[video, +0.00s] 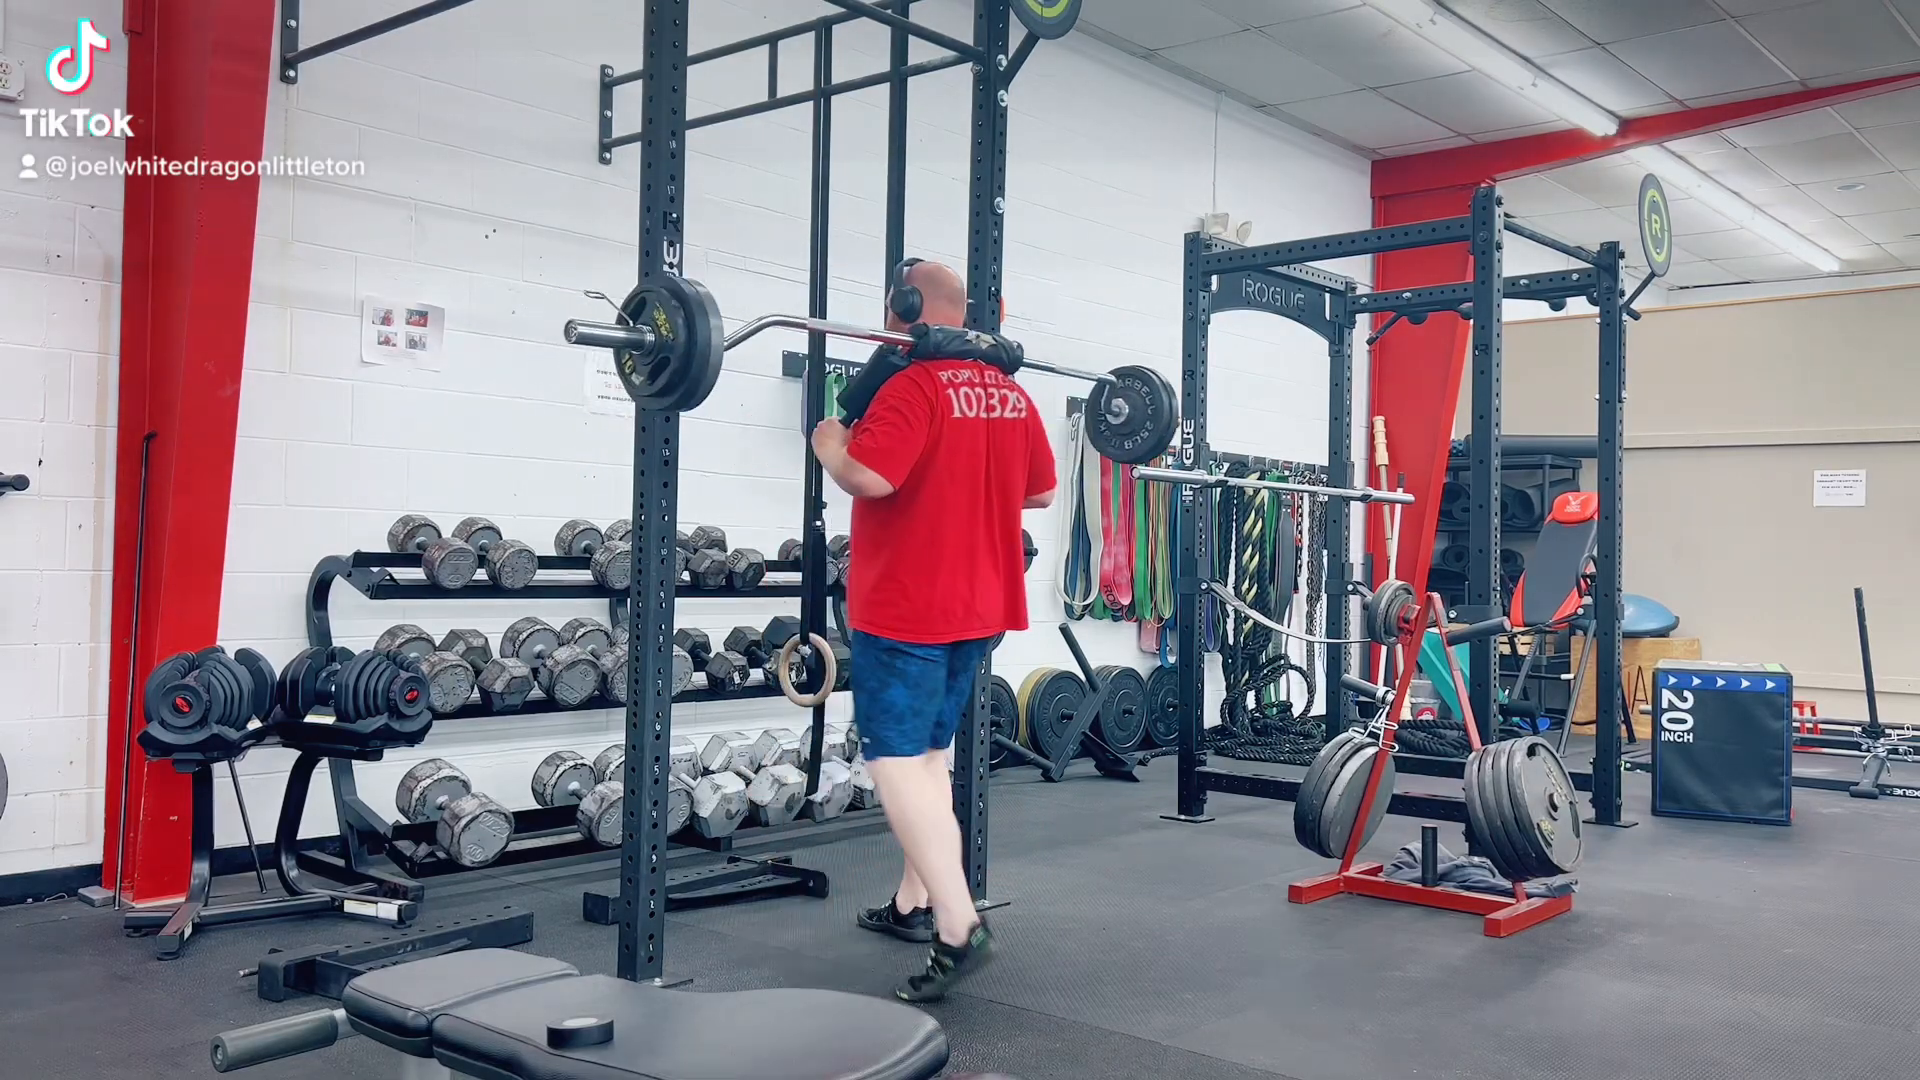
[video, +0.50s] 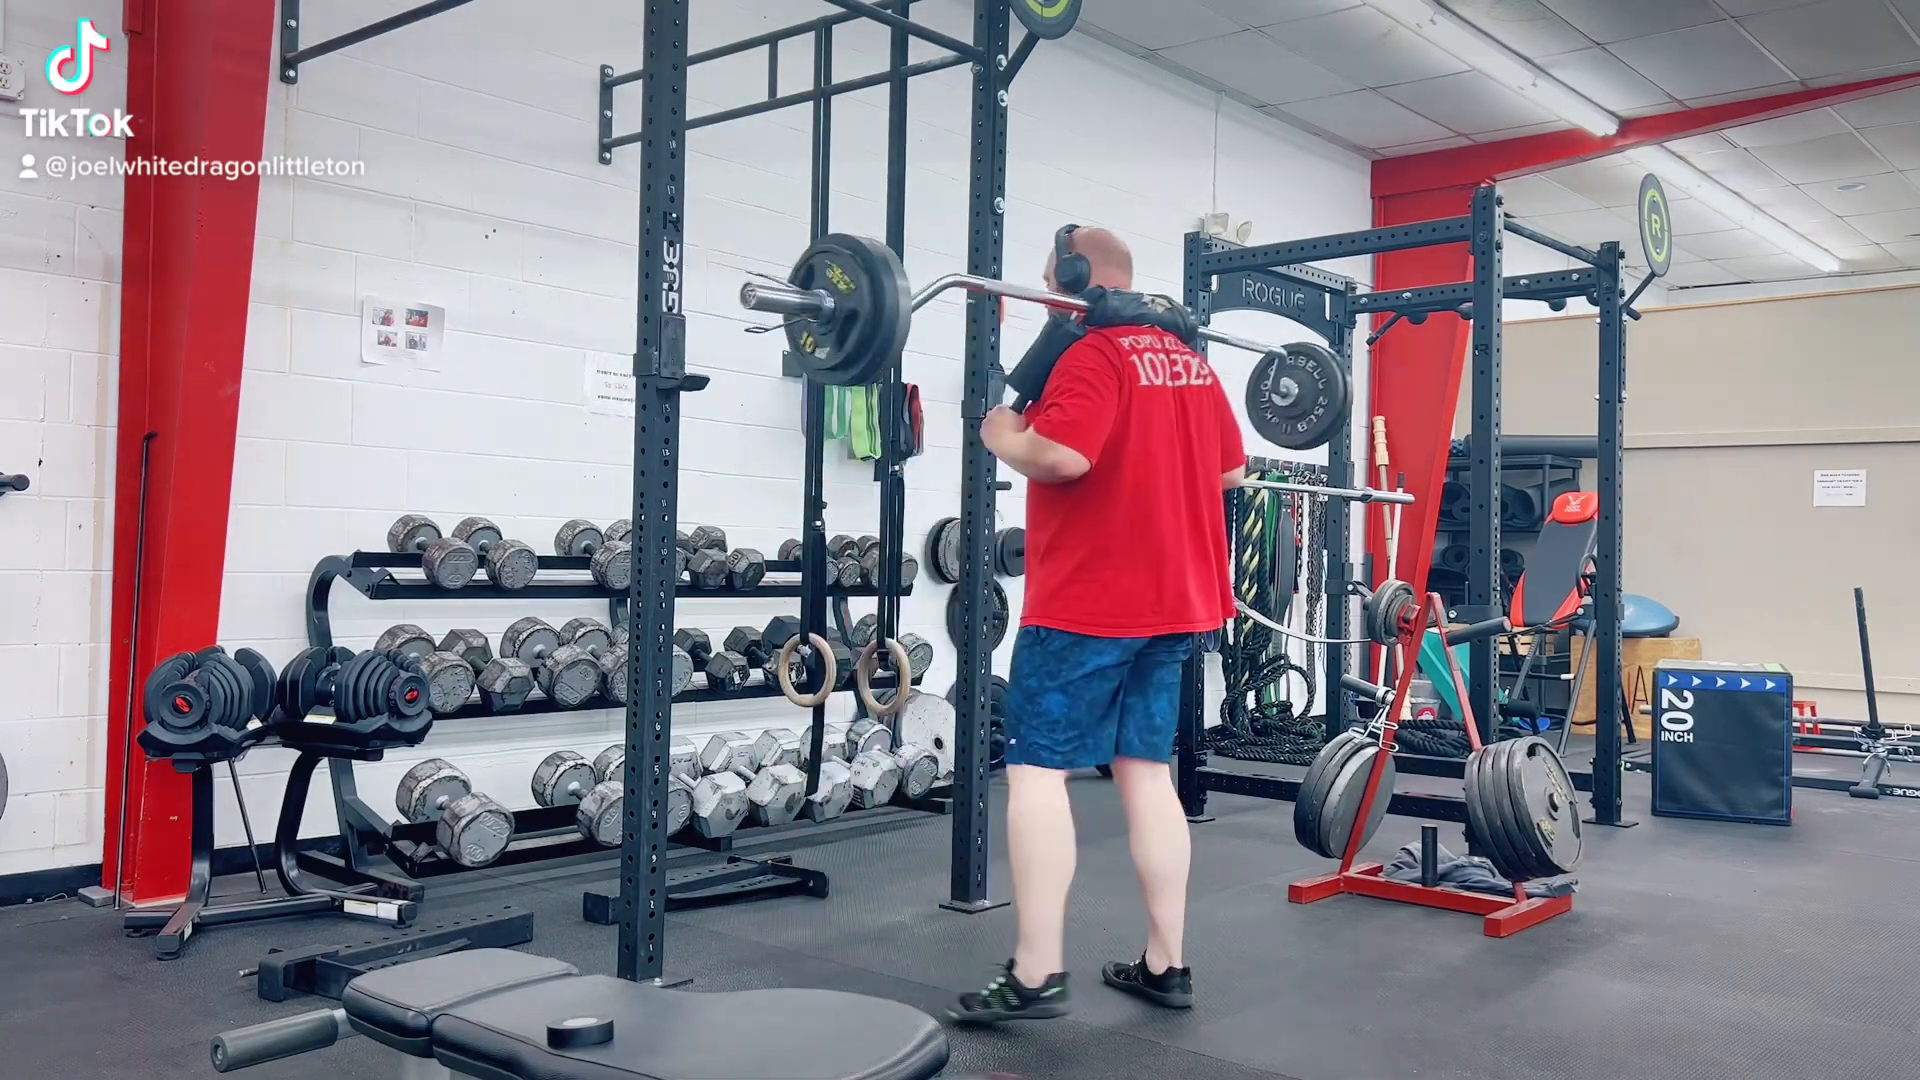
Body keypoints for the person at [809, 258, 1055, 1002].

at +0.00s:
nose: (887, 322)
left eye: (889, 312)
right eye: (891, 309)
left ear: (905, 318)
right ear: (965, 317)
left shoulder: (914, 383)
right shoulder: (1009, 390)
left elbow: (872, 477)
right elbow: (1041, 487)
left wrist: (830, 444)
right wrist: (967, 480)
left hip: (907, 605)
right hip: (977, 603)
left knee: (894, 759)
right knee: (931, 756)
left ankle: (962, 924)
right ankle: (912, 901)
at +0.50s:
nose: (1053, 298)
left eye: (1052, 287)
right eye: (1056, 285)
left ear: (1067, 288)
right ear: (1131, 280)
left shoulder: (1092, 349)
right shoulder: (1191, 357)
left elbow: (1067, 454)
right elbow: (1230, 472)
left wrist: (1002, 432)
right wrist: (1142, 472)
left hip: (1091, 598)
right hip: (1177, 598)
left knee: (1036, 766)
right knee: (1146, 765)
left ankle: (1036, 974)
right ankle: (1167, 964)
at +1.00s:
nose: (1068, 291)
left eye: (1070, 278)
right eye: (1069, 277)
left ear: (1088, 278)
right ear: (1153, 271)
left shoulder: (1114, 341)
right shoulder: (1220, 353)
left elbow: (1083, 441)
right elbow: (1263, 466)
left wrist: (1021, 429)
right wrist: (1183, 493)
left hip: (1120, 604)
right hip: (1207, 603)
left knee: (1116, 795)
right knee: (1194, 781)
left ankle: (1109, 1008)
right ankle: (1216, 974)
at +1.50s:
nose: (1086, 286)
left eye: (1088, 274)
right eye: (1089, 274)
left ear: (1104, 277)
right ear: (1175, 275)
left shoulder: (1119, 343)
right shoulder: (1228, 360)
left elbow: (1084, 444)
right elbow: (1265, 471)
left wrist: (1025, 427)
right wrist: (1180, 478)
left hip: (1117, 608)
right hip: (1207, 609)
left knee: (1111, 796)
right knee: (1204, 780)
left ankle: (1095, 1009)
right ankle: (1217, 974)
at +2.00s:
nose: (1091, 301)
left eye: (1096, 289)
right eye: (1097, 287)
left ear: (1114, 298)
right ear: (1181, 301)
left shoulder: (1118, 372)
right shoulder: (1233, 381)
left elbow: (1030, 467)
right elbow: (1238, 498)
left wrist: (1005, 422)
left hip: (1131, 633)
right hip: (1230, 632)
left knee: (1066, 791)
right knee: (1184, 787)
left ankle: (1093, 1008)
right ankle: (1216, 972)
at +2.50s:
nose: (1064, 594)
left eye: (1068, 581)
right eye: (1067, 580)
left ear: (1087, 589)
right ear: (1150, 589)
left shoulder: (1098, 669)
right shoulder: (1204, 649)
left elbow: (998, 763)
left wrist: (981, 699)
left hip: (1192, 889)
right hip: (1271, 882)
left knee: (987, 821)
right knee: (1161, 795)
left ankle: (1088, 1009)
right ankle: (1208, 971)